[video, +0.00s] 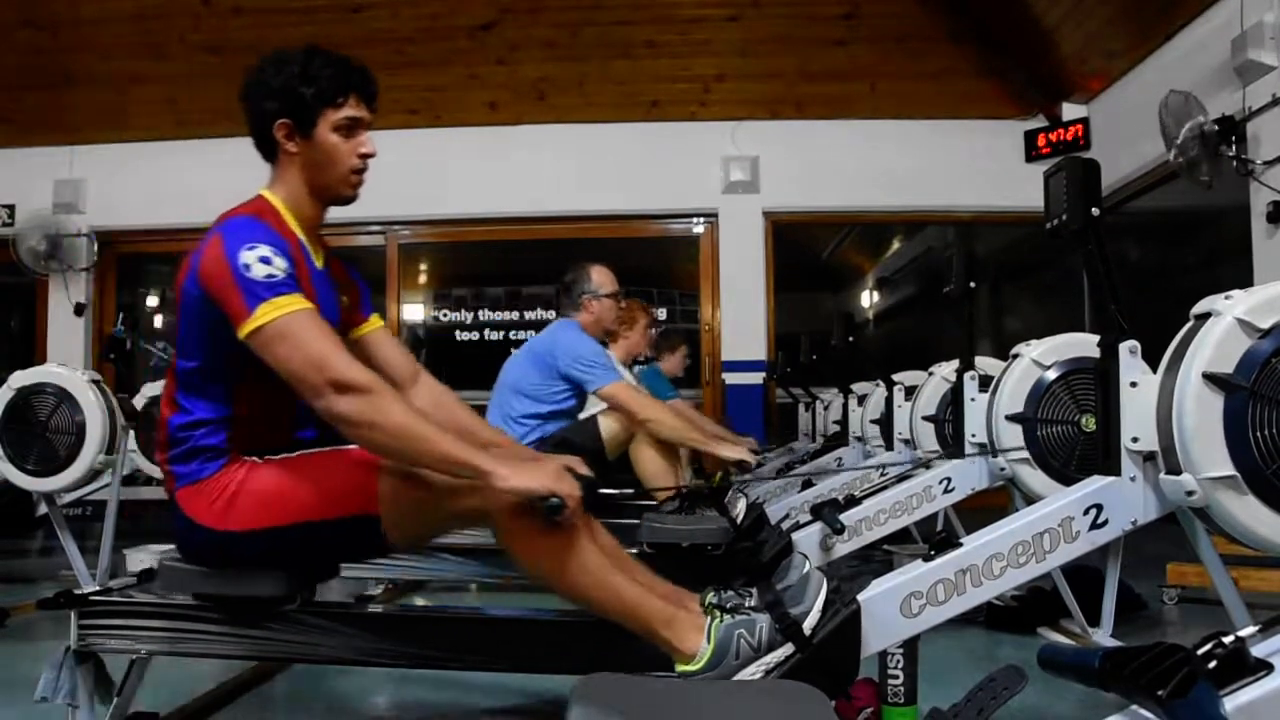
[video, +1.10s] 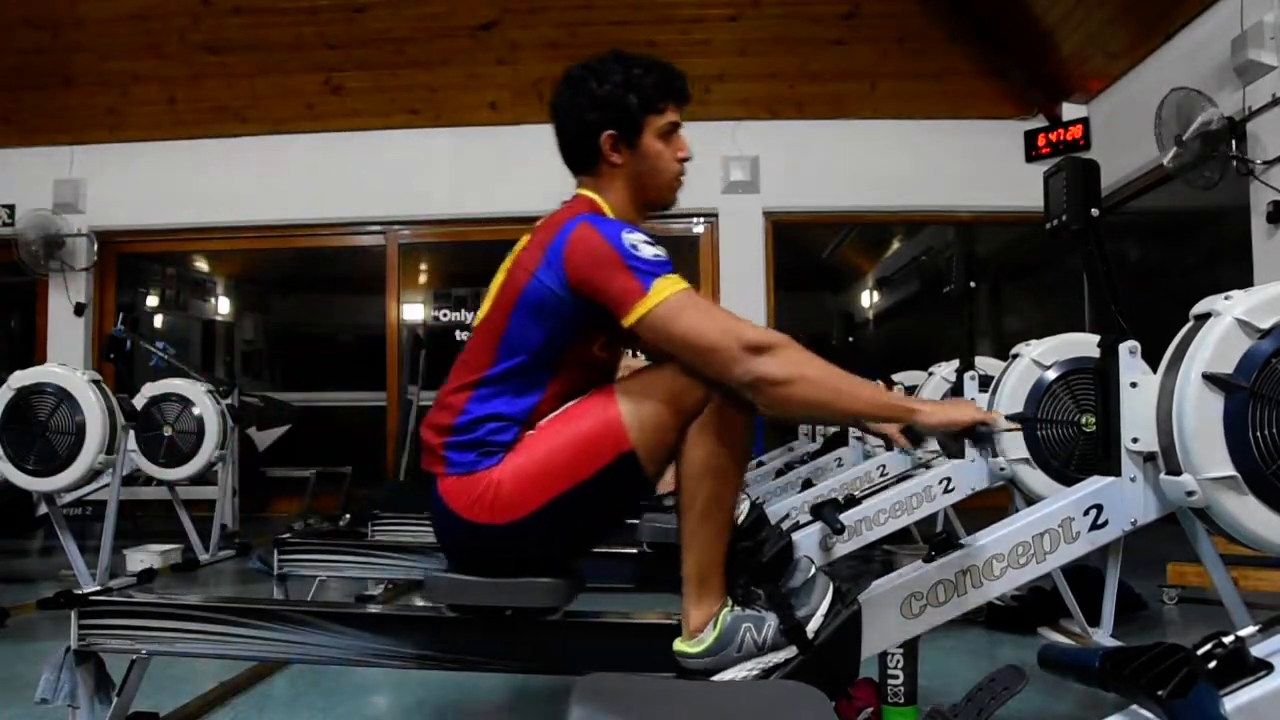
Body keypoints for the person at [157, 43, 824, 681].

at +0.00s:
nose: (369, 148)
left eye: (368, 130)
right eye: (349, 130)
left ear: (325, 140)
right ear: (287, 137)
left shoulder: (315, 258)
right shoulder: (245, 244)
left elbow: (406, 375)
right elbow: (338, 392)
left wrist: (512, 457)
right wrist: (495, 469)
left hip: (288, 472)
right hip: (229, 488)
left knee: (520, 468)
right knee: (496, 487)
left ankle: (699, 621)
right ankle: (696, 644)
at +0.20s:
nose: (454, 153)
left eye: (452, 135)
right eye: (435, 135)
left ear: (387, 146)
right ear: (374, 144)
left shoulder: (398, 262)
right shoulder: (331, 242)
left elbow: (490, 381)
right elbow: (436, 397)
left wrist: (601, 461)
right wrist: (596, 469)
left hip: (326, 481)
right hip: (277, 496)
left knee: (549, 434)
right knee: (523, 449)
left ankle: (690, 612)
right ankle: (695, 638)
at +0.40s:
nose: (548, 156)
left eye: (545, 136)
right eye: (529, 137)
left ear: (484, 152)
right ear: (470, 149)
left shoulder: (467, 251)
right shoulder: (430, 246)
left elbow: (564, 379)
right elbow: (553, 398)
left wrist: (684, 456)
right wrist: (715, 468)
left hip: (390, 484)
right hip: (352, 499)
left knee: (608, 393)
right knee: (603, 397)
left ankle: (693, 617)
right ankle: (697, 638)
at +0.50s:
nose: (594, 157)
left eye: (591, 138)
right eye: (577, 139)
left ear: (524, 154)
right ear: (519, 151)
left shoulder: (496, 244)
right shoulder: (480, 247)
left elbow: (602, 377)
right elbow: (614, 389)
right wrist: (772, 463)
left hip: (419, 484)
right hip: (392, 500)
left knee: (632, 386)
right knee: (632, 399)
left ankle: (700, 623)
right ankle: (700, 642)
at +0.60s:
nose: (641, 158)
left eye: (637, 138)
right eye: (622, 139)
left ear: (570, 154)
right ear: (564, 152)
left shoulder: (543, 244)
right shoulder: (528, 246)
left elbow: (674, 373)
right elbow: (668, 386)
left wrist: (826, 444)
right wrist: (827, 460)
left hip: (462, 491)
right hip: (437, 504)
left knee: (674, 377)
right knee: (663, 394)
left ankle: (705, 613)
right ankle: (701, 637)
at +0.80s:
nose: (713, 161)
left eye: (709, 142)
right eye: (697, 143)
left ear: (644, 155)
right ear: (640, 154)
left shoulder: (624, 243)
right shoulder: (609, 247)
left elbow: (770, 363)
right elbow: (768, 383)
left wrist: (890, 439)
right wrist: (925, 441)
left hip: (525, 499)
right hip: (503, 510)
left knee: (733, 374)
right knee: (730, 383)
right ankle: (703, 622)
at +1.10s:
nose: (686, 151)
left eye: (682, 133)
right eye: (670, 134)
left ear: (618, 149)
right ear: (615, 148)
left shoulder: (607, 235)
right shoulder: (591, 240)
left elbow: (754, 344)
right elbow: (753, 367)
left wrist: (874, 408)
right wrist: (912, 411)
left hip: (507, 489)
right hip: (487, 503)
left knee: (715, 366)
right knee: (713, 379)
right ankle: (702, 625)